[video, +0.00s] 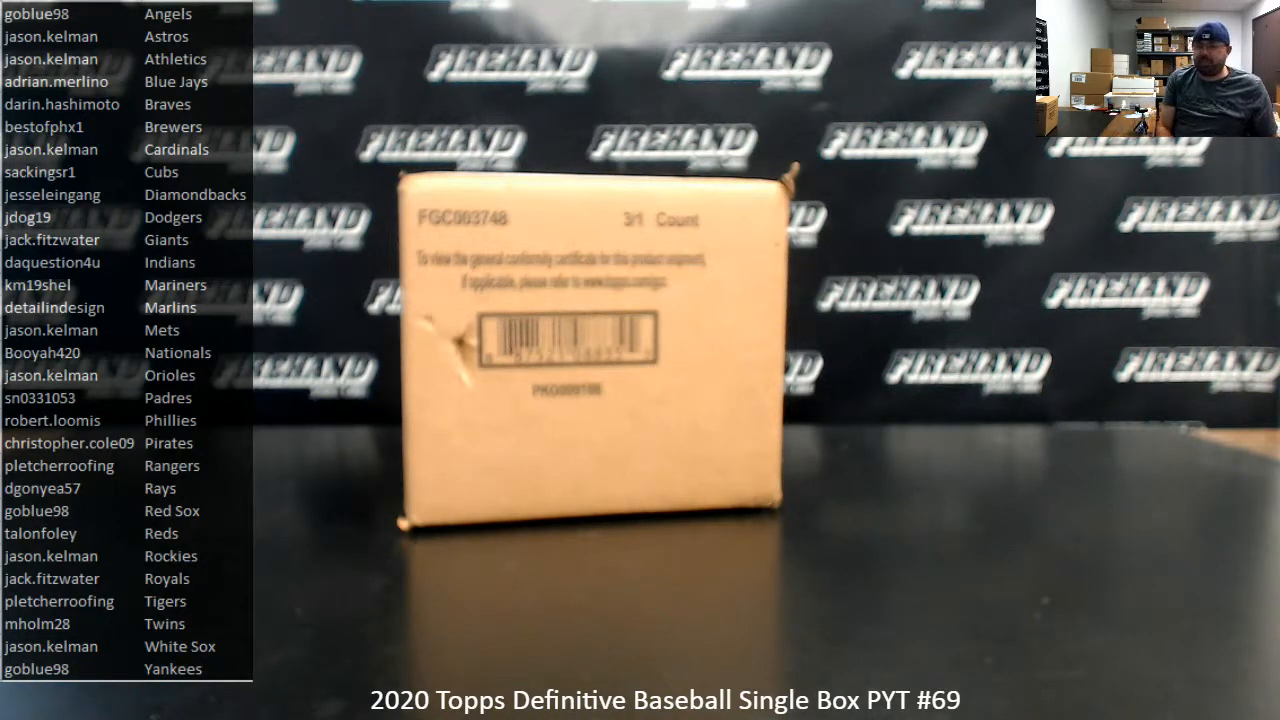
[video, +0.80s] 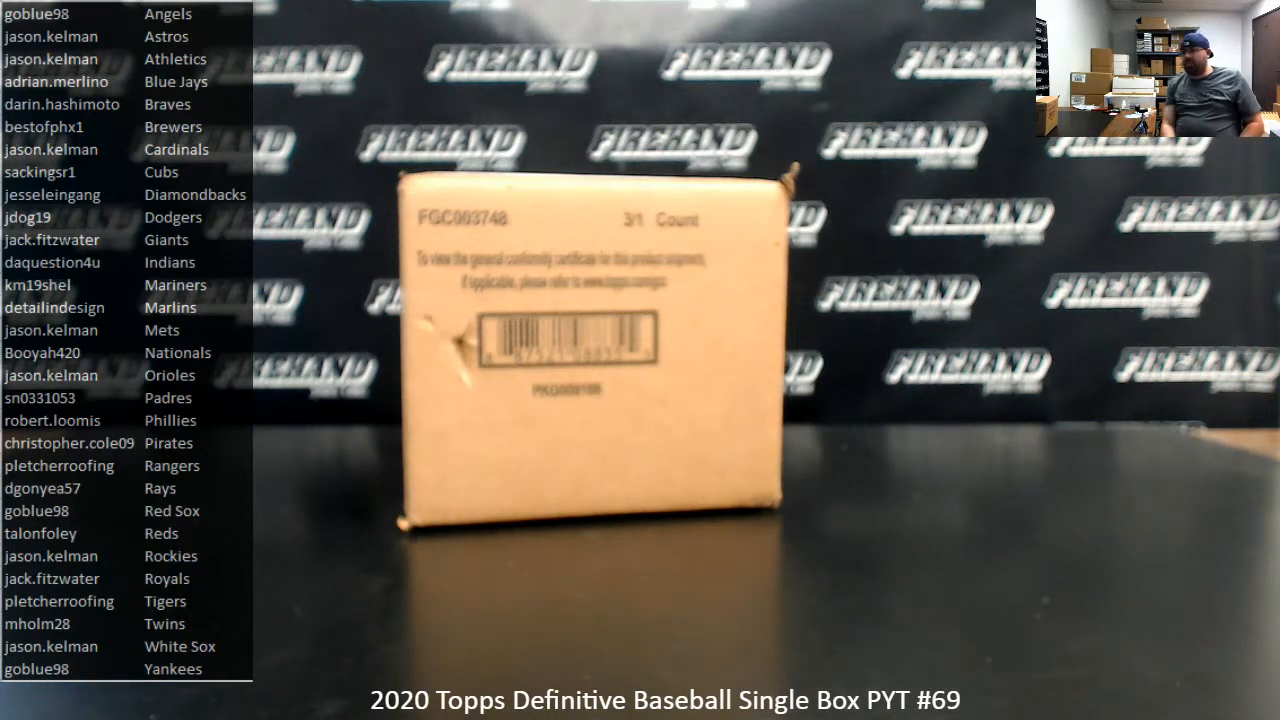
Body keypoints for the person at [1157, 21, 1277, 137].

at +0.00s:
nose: (1204, 53)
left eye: (1212, 47)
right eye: (1198, 47)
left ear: (1227, 50)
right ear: (1192, 49)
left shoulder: (1251, 86)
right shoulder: (1178, 80)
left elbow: (1271, 139)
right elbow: (1164, 127)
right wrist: (1171, 158)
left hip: (1234, 166)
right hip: (1183, 166)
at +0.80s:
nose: (1187, 56)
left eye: (1194, 51)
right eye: (1184, 52)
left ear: (1207, 53)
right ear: (1181, 55)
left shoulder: (1233, 79)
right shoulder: (1175, 84)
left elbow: (1256, 123)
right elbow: (1167, 123)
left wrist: (1236, 151)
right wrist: (1170, 151)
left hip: (1225, 154)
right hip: (1184, 155)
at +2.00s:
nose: (1197, 57)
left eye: (1203, 51)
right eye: (1194, 52)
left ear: (1221, 52)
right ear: (1191, 54)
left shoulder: (1248, 82)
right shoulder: (1190, 83)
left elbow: (1267, 134)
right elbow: (1176, 120)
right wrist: (1167, 149)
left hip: (1229, 162)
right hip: (1187, 160)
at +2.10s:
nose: (1190, 58)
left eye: (1196, 51)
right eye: (1190, 52)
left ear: (1217, 51)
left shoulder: (1247, 83)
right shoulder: (1191, 82)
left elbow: (1266, 136)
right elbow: (1176, 120)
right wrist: (1164, 149)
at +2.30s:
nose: (1174, 61)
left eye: (1180, 54)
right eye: (1175, 55)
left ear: (1203, 53)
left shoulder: (1237, 89)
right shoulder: (1185, 85)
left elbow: (1262, 141)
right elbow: (1173, 122)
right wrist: (1163, 152)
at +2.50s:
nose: (1165, 62)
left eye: (1169, 56)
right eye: (1165, 56)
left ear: (1191, 55)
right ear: (1191, 55)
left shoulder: (1227, 90)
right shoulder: (1179, 86)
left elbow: (1253, 143)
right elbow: (1170, 125)